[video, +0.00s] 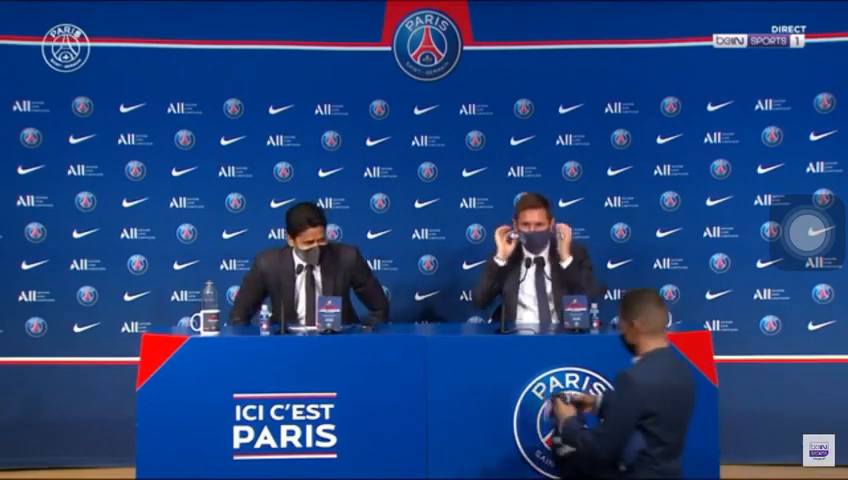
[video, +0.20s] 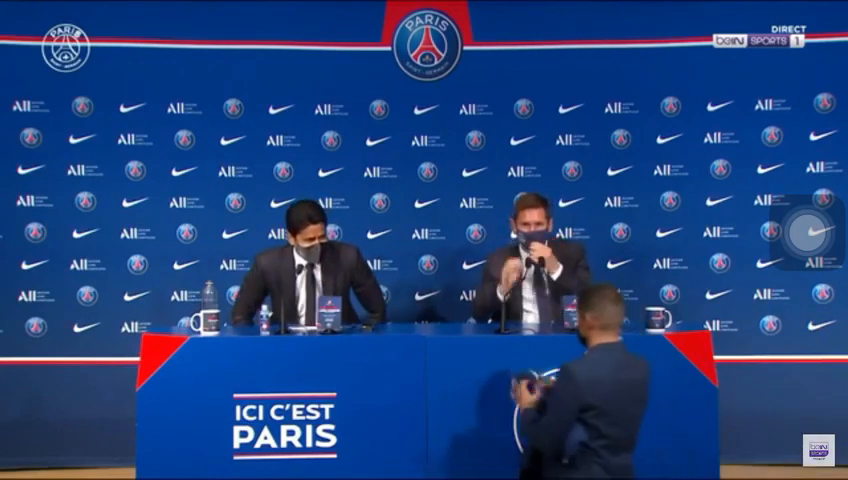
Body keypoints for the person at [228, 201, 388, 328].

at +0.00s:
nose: (316, 248)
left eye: (320, 240)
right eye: (308, 243)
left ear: (325, 233)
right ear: (290, 239)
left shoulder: (347, 258)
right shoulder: (267, 264)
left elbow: (380, 307)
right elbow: (238, 318)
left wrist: (363, 343)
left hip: (340, 349)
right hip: (287, 351)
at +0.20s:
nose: (317, 245)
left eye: (321, 237)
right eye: (309, 240)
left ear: (326, 231)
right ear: (291, 237)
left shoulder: (347, 257)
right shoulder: (267, 263)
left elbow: (377, 310)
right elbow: (240, 317)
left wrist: (358, 346)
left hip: (339, 350)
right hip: (287, 351)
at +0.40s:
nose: (317, 253)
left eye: (321, 246)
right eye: (309, 249)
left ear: (326, 238)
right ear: (291, 244)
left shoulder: (347, 261)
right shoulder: (268, 267)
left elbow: (379, 310)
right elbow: (237, 317)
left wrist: (358, 343)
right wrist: (258, 348)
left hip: (339, 349)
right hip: (287, 350)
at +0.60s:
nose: (312, 259)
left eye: (318, 253)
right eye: (305, 255)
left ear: (326, 242)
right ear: (290, 246)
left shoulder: (347, 257)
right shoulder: (268, 261)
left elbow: (373, 297)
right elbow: (238, 302)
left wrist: (366, 331)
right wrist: (259, 329)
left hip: (338, 348)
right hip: (287, 348)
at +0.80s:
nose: (309, 258)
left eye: (316, 252)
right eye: (302, 252)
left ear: (325, 242)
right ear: (290, 245)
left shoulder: (348, 253)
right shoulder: (271, 259)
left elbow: (375, 308)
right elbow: (252, 316)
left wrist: (348, 287)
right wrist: (275, 283)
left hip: (337, 342)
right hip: (289, 343)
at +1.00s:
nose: (311, 244)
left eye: (318, 237)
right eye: (304, 237)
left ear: (328, 234)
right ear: (292, 235)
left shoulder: (349, 249)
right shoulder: (270, 257)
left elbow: (374, 305)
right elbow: (255, 315)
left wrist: (344, 265)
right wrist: (279, 269)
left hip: (337, 342)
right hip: (289, 343)